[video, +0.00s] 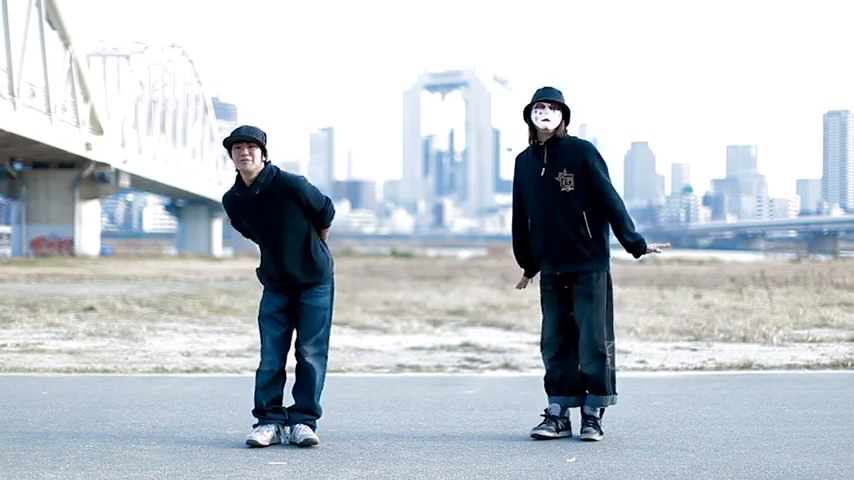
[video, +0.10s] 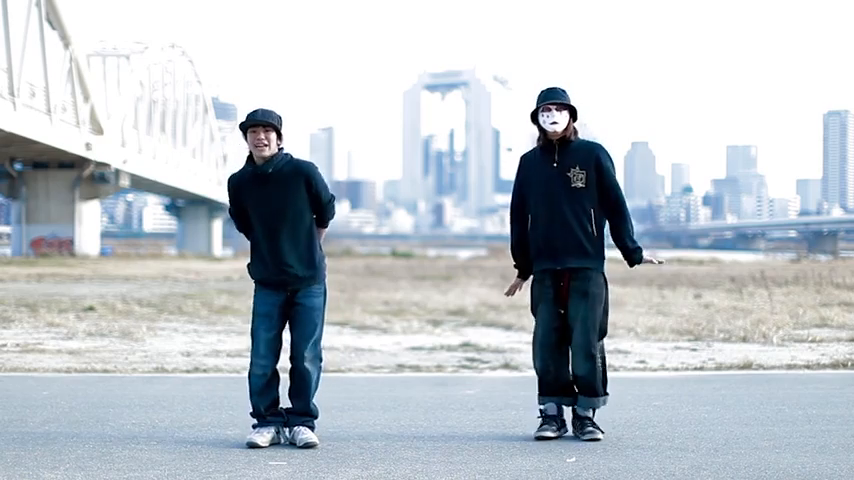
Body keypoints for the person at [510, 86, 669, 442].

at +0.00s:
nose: (543, 113)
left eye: (550, 109)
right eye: (538, 109)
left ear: (562, 117)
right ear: (530, 117)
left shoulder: (581, 151)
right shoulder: (524, 161)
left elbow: (609, 198)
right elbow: (520, 217)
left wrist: (635, 243)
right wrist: (527, 264)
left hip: (589, 261)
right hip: (551, 262)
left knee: (592, 335)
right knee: (554, 337)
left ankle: (592, 414)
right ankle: (556, 414)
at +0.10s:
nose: (552, 117)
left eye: (558, 111)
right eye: (545, 112)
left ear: (570, 115)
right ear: (537, 118)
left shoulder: (592, 154)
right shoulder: (529, 161)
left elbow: (614, 204)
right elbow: (518, 216)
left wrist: (632, 250)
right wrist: (522, 266)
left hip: (586, 261)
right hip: (544, 262)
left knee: (586, 337)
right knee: (546, 337)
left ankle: (585, 415)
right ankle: (551, 415)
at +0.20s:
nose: (559, 134)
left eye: (565, 128)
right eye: (552, 129)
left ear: (576, 133)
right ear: (544, 136)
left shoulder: (598, 177)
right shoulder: (531, 180)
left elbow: (615, 230)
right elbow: (519, 233)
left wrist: (626, 279)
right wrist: (519, 283)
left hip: (584, 276)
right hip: (543, 276)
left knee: (578, 347)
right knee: (545, 347)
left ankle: (579, 418)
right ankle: (551, 418)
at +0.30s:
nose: (566, 146)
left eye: (572, 140)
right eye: (559, 141)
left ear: (583, 146)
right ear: (551, 148)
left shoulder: (601, 192)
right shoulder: (535, 189)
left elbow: (613, 247)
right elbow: (523, 241)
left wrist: (617, 295)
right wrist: (520, 291)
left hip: (586, 288)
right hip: (546, 288)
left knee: (582, 356)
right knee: (545, 354)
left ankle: (579, 419)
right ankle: (552, 419)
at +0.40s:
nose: (576, 134)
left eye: (582, 128)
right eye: (570, 130)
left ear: (592, 134)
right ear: (560, 135)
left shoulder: (604, 181)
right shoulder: (543, 172)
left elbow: (613, 236)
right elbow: (528, 223)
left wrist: (614, 285)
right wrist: (520, 270)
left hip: (587, 278)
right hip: (549, 276)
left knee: (587, 350)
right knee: (551, 346)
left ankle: (582, 419)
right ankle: (552, 418)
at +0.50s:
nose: (587, 116)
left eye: (592, 110)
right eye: (580, 111)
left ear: (602, 116)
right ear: (570, 117)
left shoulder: (608, 164)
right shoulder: (553, 152)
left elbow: (610, 218)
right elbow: (532, 200)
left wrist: (606, 264)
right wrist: (515, 246)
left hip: (583, 262)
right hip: (545, 259)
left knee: (583, 335)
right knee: (545, 335)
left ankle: (584, 413)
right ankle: (548, 413)